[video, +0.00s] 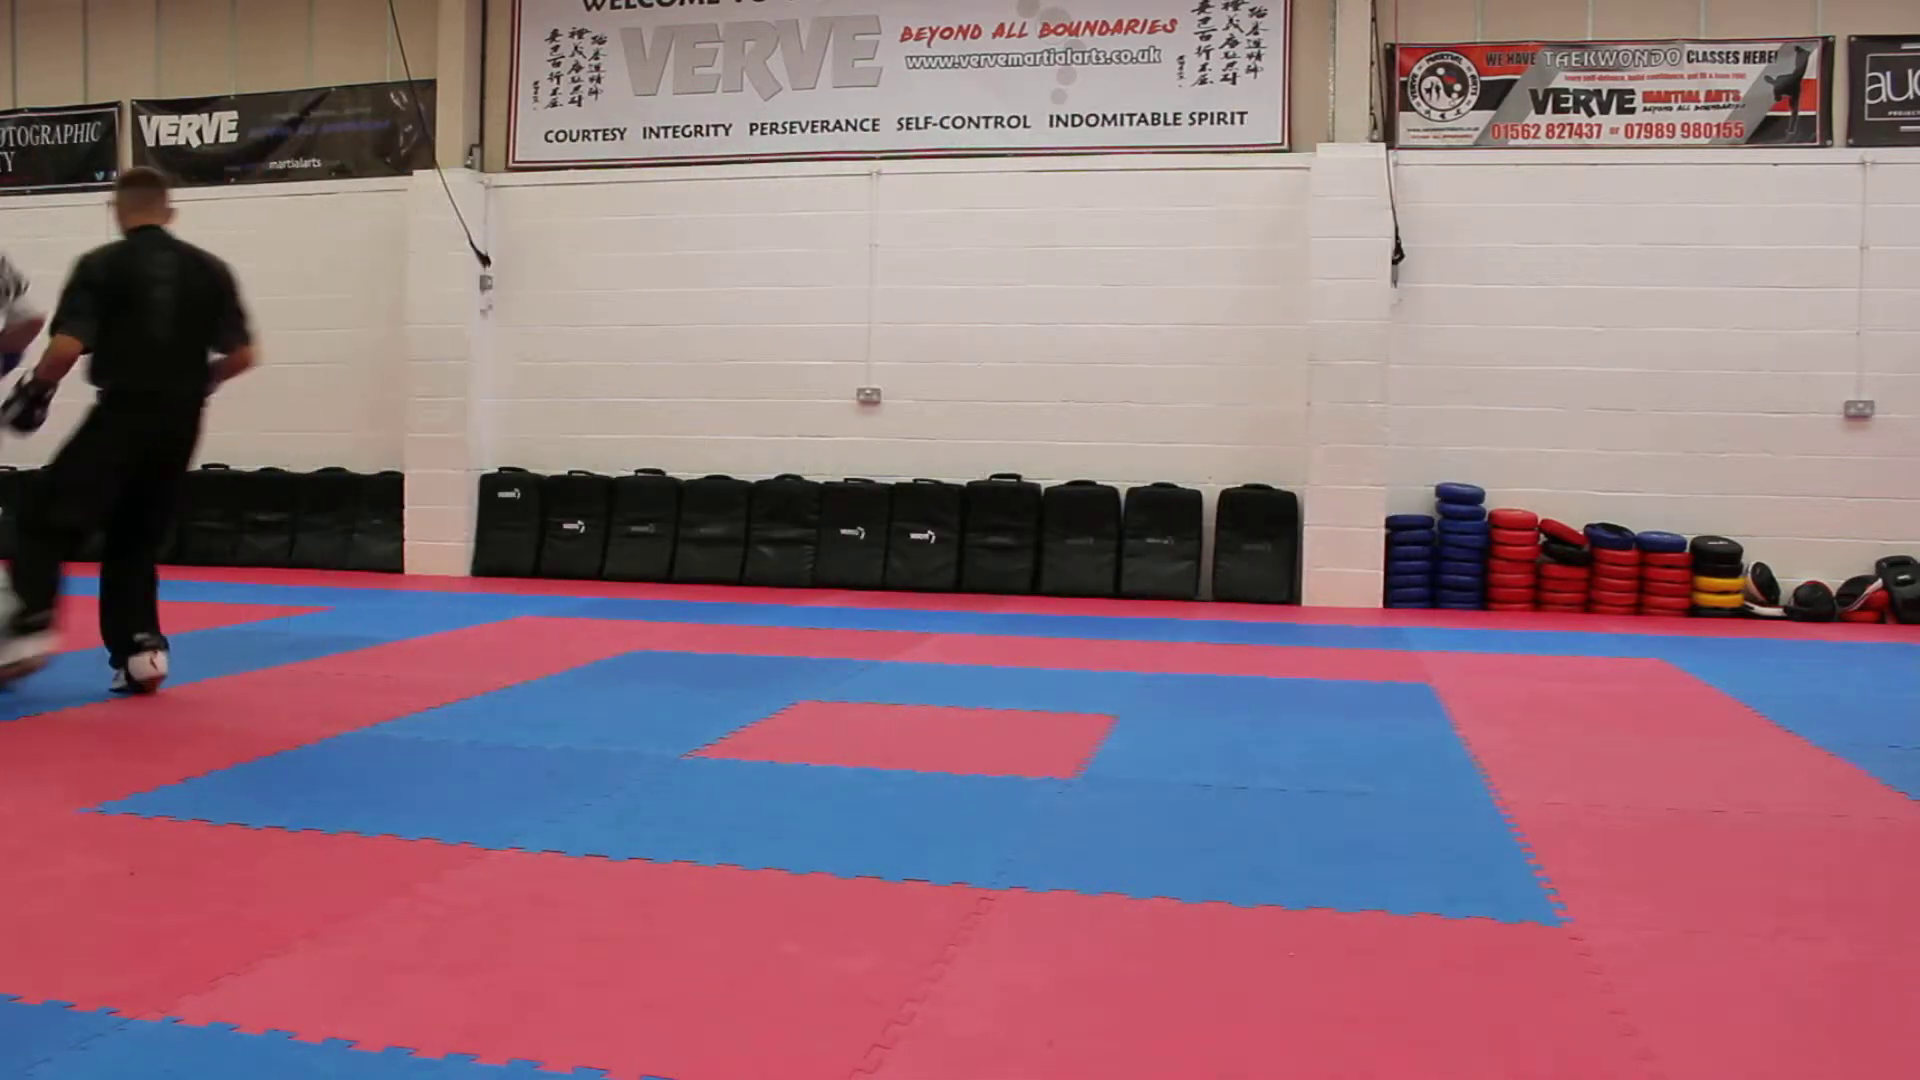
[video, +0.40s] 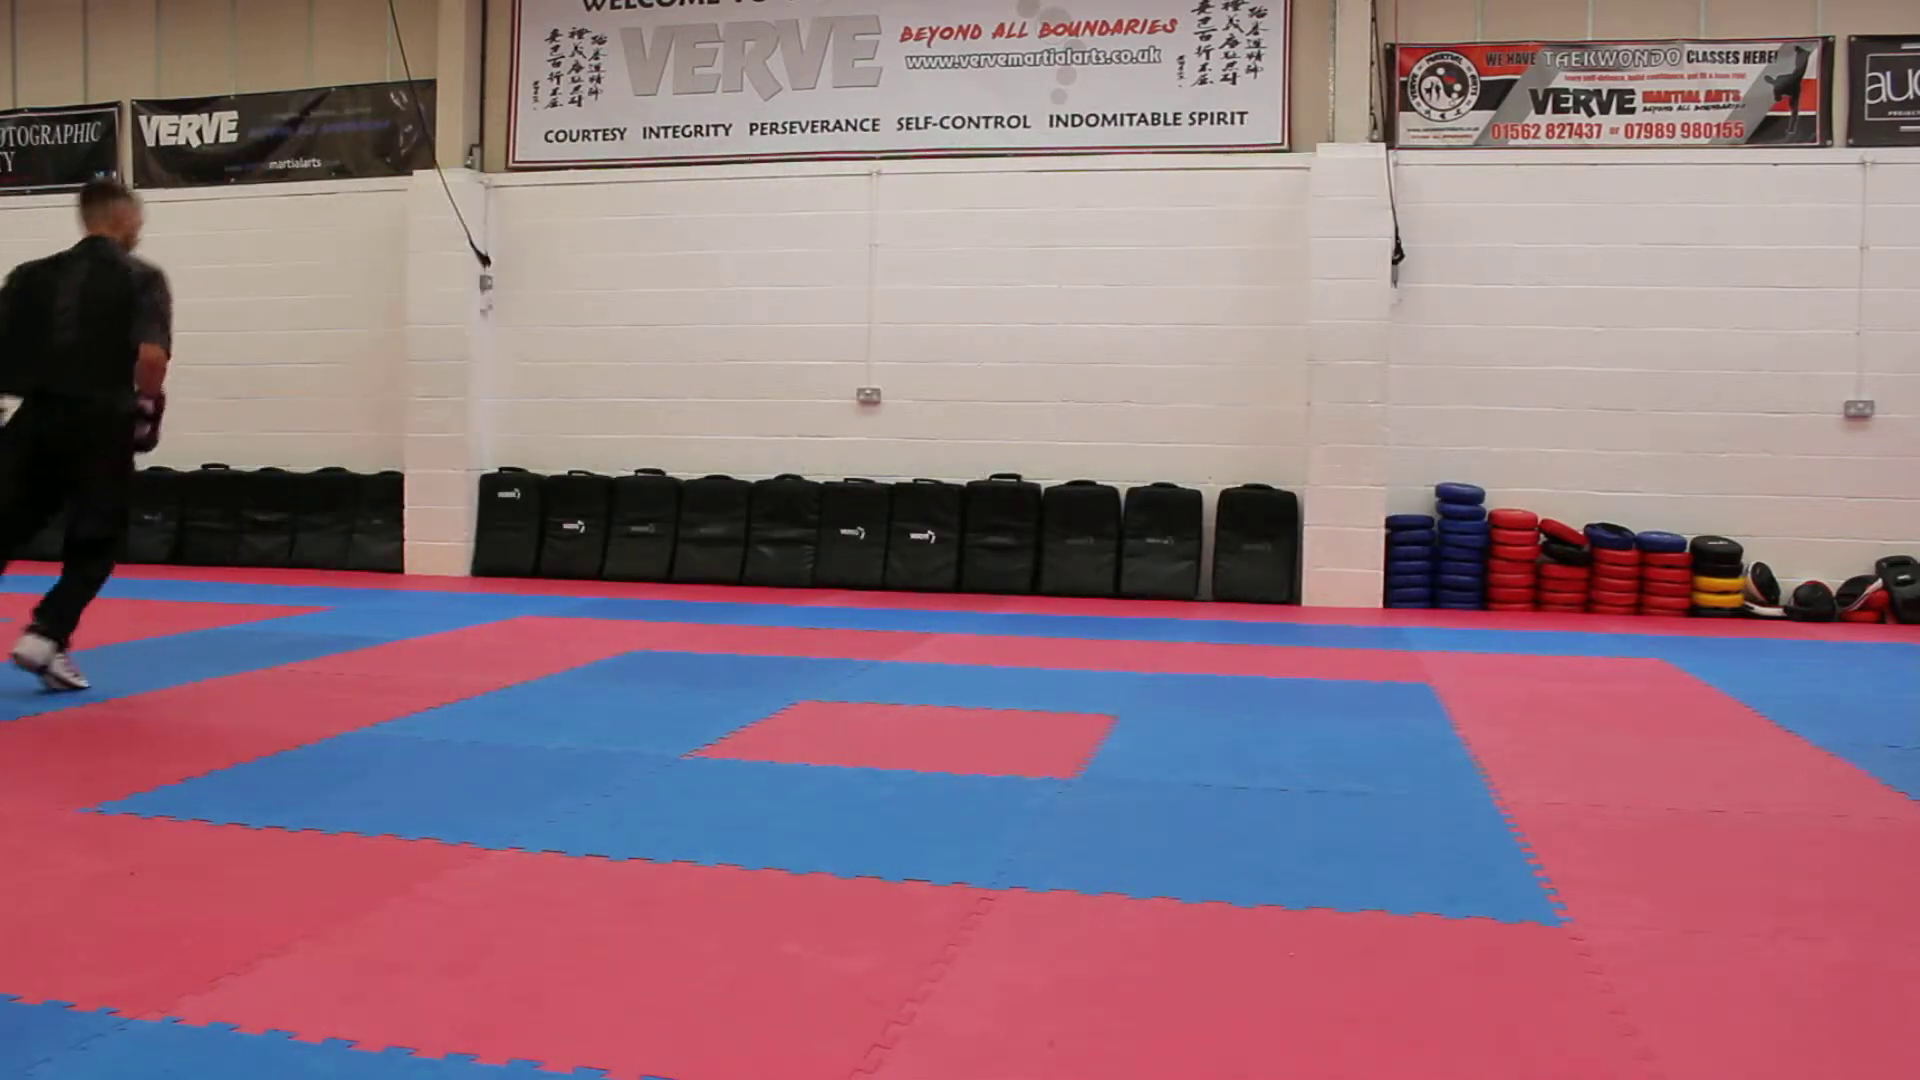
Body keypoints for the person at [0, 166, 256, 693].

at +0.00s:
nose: (122, 217)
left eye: (118, 209)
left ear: (118, 212)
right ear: (168, 210)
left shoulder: (101, 266)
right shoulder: (206, 268)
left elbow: (67, 347)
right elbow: (243, 355)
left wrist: (36, 389)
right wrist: (199, 380)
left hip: (119, 421)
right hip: (179, 426)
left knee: (47, 510)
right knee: (134, 535)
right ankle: (142, 649)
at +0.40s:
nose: (140, 227)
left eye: (137, 217)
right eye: (137, 218)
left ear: (86, 220)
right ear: (124, 220)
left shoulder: (33, 275)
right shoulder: (141, 279)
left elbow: (8, 354)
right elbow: (151, 355)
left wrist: (35, 391)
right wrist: (148, 406)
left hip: (35, 429)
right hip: (103, 434)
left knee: (13, 527)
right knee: (98, 542)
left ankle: (52, 646)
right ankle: (45, 635)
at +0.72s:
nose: (268, 215)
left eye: (267, 204)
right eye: (260, 205)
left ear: (221, 208)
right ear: (232, 206)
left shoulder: (174, 261)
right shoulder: (235, 273)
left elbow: (107, 324)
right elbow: (258, 355)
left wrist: (148, 372)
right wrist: (289, 373)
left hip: (145, 423)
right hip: (174, 431)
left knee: (214, 529)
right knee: (124, 544)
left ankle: (155, 621)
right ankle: (44, 650)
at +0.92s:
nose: (372, 220)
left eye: (370, 209)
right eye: (362, 210)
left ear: (331, 218)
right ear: (331, 216)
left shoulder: (305, 272)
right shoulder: (324, 280)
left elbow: (294, 365)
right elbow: (305, 370)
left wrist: (339, 405)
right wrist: (346, 406)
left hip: (269, 430)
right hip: (276, 434)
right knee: (306, 550)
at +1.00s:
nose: (415, 214)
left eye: (413, 203)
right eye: (404, 205)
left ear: (382, 211)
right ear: (371, 210)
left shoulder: (370, 272)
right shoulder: (351, 267)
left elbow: (346, 353)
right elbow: (304, 340)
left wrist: (400, 376)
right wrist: (360, 391)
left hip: (330, 421)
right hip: (305, 422)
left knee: (334, 542)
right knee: (341, 545)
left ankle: (277, 647)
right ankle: (255, 622)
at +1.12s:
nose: (485, 185)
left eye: (483, 175)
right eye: (474, 176)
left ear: (460, 183)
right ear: (442, 183)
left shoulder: (449, 248)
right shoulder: (416, 239)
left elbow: (426, 327)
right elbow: (349, 295)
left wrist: (473, 339)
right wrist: (397, 347)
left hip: (399, 397)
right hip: (380, 401)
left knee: (361, 514)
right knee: (446, 520)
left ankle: (287, 619)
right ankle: (416, 652)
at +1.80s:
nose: (907, 143)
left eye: (913, 131)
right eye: (894, 131)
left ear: (923, 139)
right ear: (866, 138)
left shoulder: (933, 230)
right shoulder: (837, 219)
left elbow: (953, 311)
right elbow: (784, 303)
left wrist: (921, 336)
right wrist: (832, 335)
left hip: (912, 391)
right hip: (864, 389)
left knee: (889, 526)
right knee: (916, 518)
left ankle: (809, 657)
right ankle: (930, 698)